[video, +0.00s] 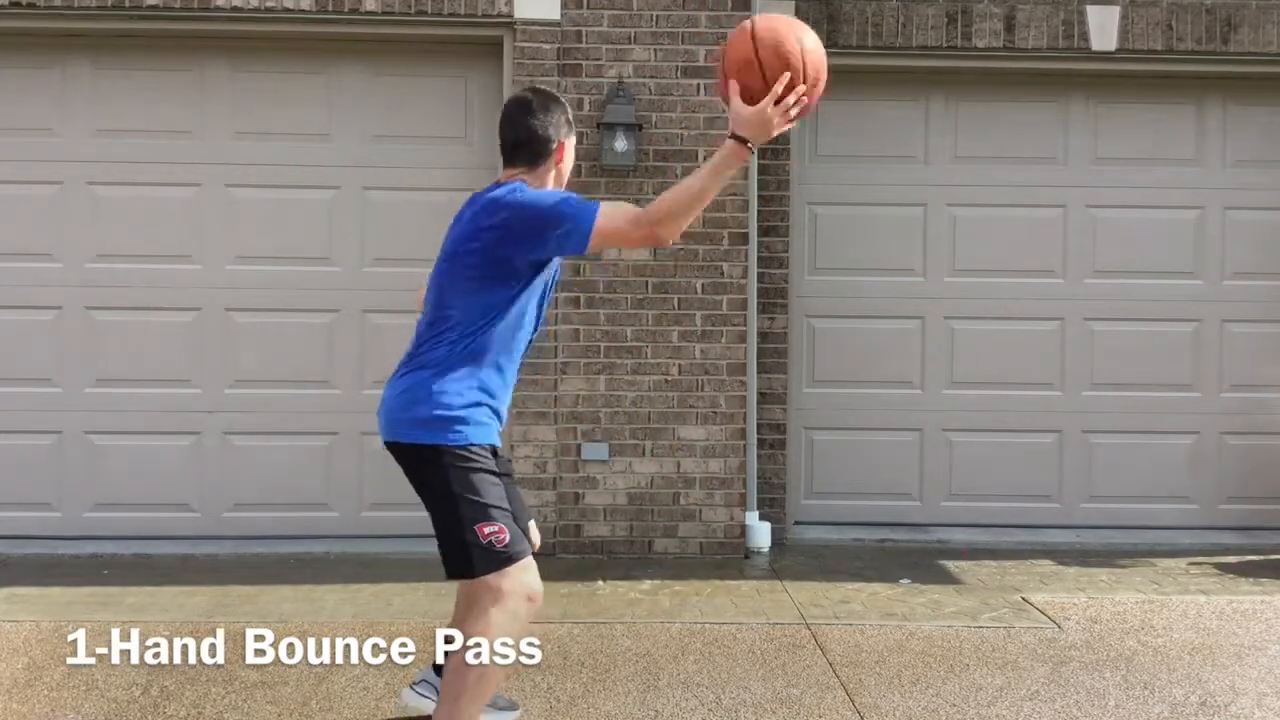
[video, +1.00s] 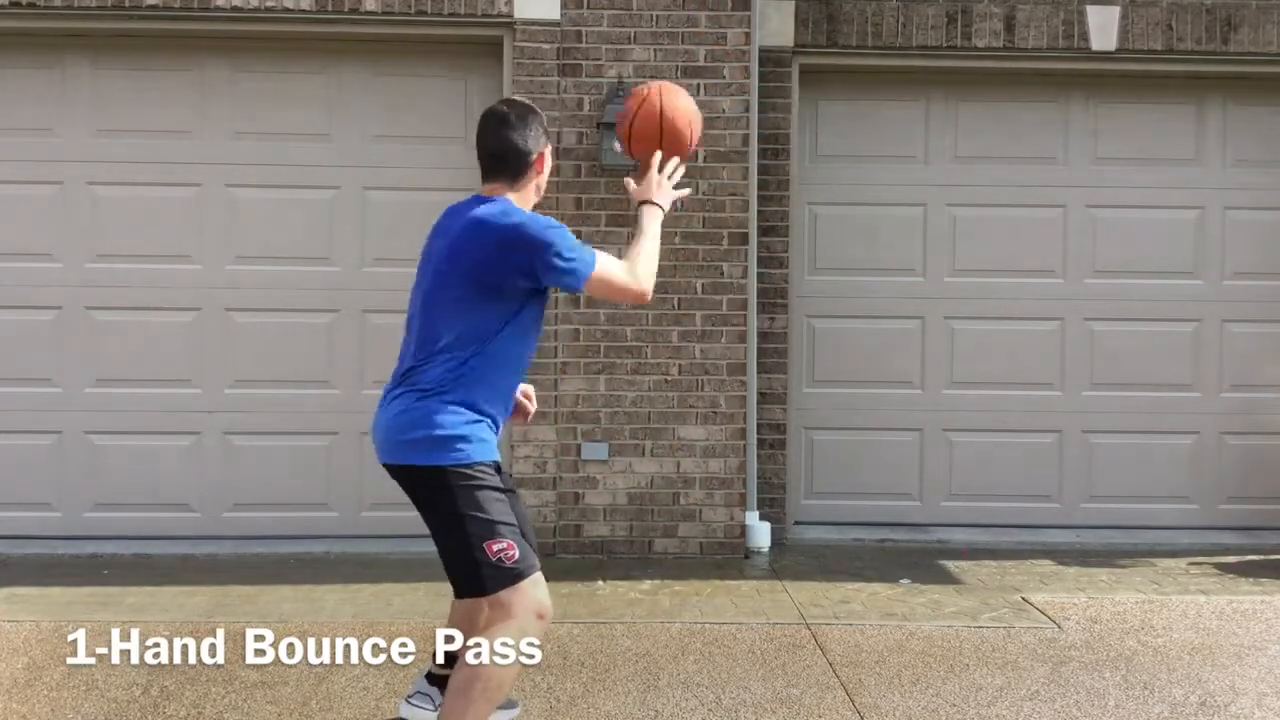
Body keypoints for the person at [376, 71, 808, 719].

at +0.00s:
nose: (574, 156)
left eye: (570, 146)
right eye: (573, 145)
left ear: (506, 147)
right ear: (563, 151)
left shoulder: (487, 207)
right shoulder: (526, 208)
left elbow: (435, 312)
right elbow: (654, 226)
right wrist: (739, 145)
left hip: (443, 414)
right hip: (444, 420)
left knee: (518, 543)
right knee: (516, 594)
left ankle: (447, 676)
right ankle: (457, 711)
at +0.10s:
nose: (584, 178)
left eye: (584, 168)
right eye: (584, 167)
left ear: (516, 165)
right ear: (574, 171)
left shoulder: (498, 219)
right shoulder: (524, 223)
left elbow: (435, 302)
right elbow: (627, 252)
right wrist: (718, 180)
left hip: (452, 425)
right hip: (432, 428)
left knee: (525, 543)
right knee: (508, 593)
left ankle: (445, 678)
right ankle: (455, 709)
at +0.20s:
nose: (593, 199)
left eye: (590, 188)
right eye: (594, 189)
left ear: (528, 183)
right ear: (584, 197)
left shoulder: (503, 240)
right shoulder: (515, 251)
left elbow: (431, 288)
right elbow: (597, 325)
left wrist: (426, 373)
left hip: (452, 432)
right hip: (430, 434)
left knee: (531, 549)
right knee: (507, 593)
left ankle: (444, 679)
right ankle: (455, 709)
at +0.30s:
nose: (589, 221)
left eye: (589, 210)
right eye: (591, 211)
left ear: (526, 199)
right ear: (580, 217)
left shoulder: (488, 245)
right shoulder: (523, 291)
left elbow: (413, 303)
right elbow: (583, 413)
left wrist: (445, 375)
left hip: (419, 436)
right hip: (434, 446)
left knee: (531, 546)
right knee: (514, 610)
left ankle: (445, 681)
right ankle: (456, 708)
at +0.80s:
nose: (557, 192)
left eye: (554, 183)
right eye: (556, 184)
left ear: (489, 185)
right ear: (549, 193)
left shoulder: (450, 243)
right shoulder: (532, 270)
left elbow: (400, 341)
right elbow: (574, 392)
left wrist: (485, 395)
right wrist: (629, 389)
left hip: (395, 441)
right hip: (442, 449)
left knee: (518, 544)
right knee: (521, 614)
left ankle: (438, 687)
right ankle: (458, 711)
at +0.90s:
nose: (554, 178)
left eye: (552, 169)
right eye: (555, 169)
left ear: (485, 169)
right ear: (547, 175)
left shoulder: (448, 231)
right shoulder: (533, 252)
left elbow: (406, 330)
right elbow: (611, 346)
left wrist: (494, 384)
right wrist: (649, 295)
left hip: (400, 434)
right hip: (446, 442)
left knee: (483, 576)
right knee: (528, 612)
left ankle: (441, 688)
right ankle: (461, 712)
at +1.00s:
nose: (551, 163)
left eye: (546, 154)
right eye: (551, 154)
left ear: (484, 159)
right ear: (543, 162)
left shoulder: (457, 221)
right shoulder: (526, 232)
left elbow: (439, 334)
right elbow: (635, 284)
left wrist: (499, 384)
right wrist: (652, 208)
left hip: (413, 427)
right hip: (449, 435)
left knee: (488, 581)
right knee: (525, 610)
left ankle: (440, 688)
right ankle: (460, 711)